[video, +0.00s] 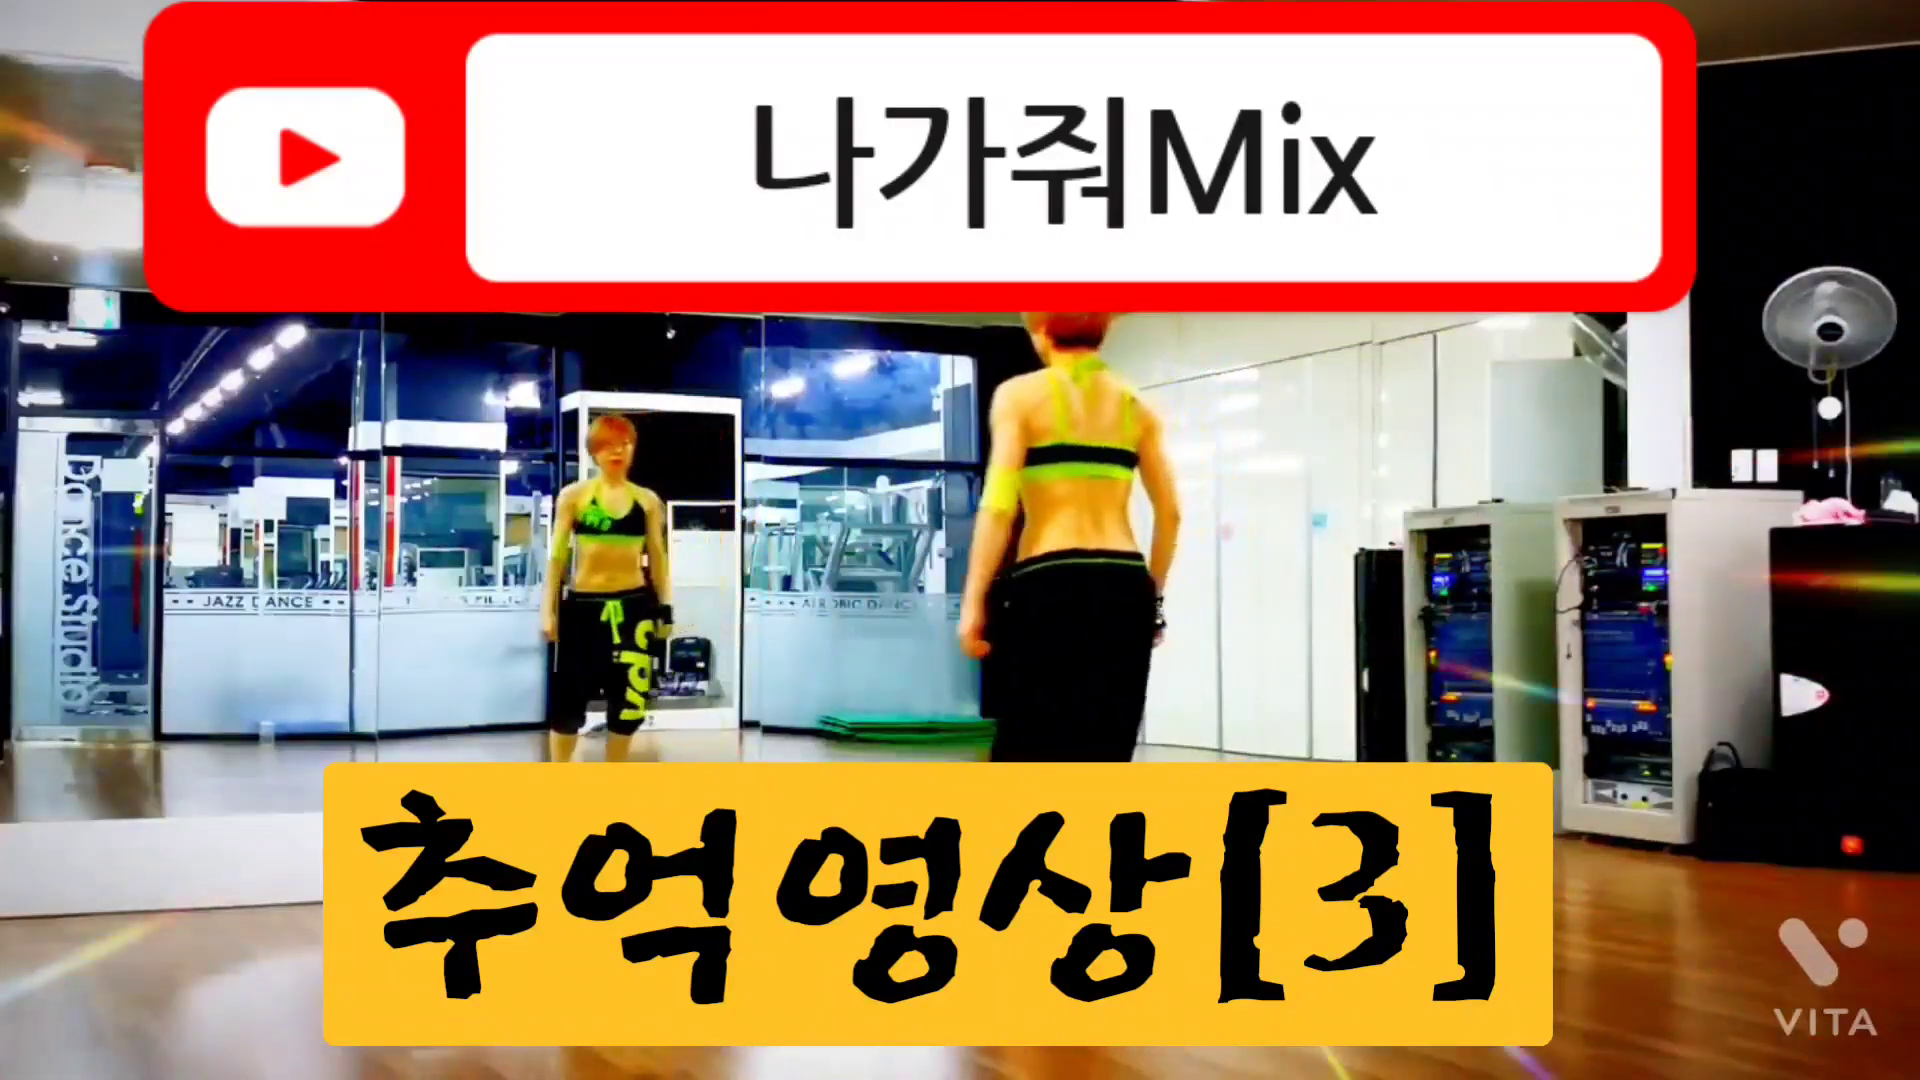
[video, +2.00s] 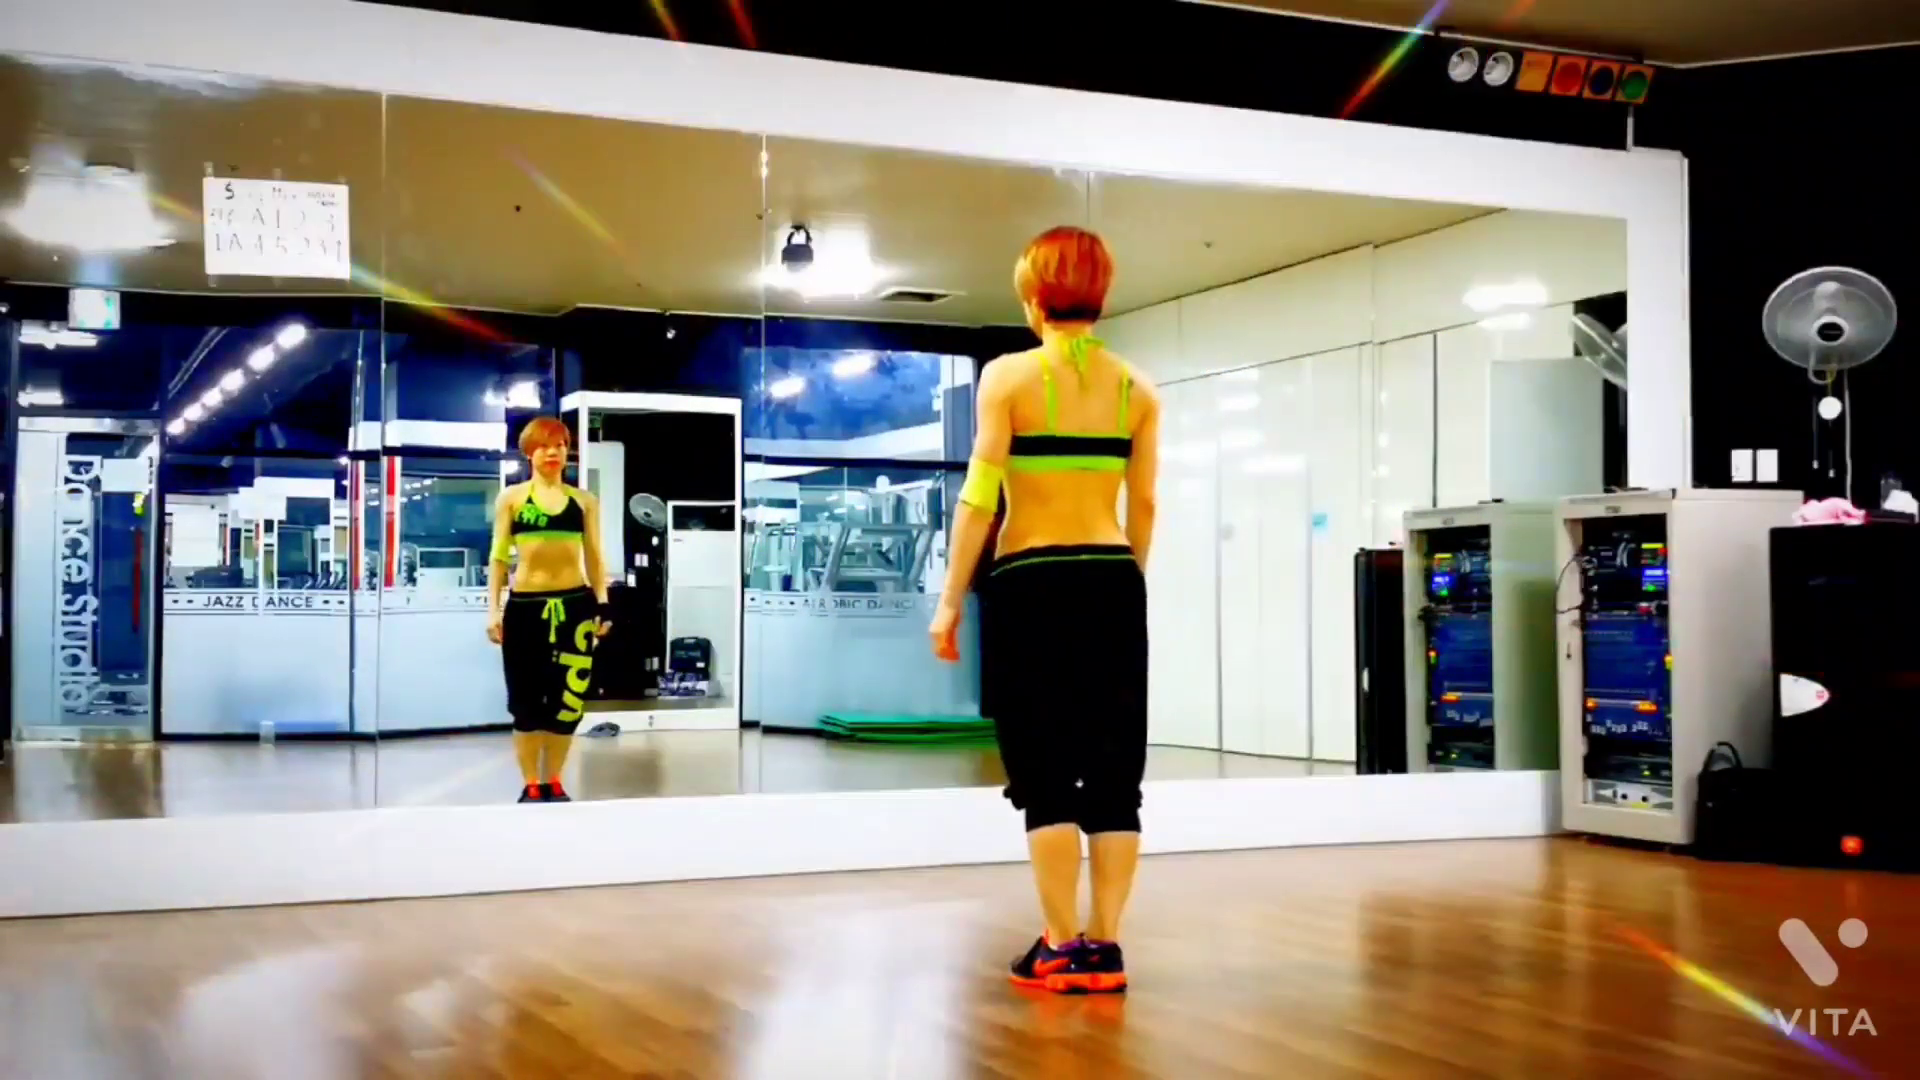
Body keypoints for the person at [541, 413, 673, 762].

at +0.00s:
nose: (617, 452)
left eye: (623, 444)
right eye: (608, 446)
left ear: (633, 450)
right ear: (594, 453)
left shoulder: (647, 501)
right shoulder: (573, 496)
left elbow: (657, 558)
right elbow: (558, 556)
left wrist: (664, 607)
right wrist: (549, 610)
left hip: (633, 606)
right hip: (582, 606)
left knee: (627, 706)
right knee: (567, 705)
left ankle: (613, 780)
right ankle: (559, 778)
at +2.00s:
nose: (552, 454)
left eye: (559, 447)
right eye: (544, 447)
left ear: (566, 451)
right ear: (530, 453)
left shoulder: (585, 501)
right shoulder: (511, 498)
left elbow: (595, 559)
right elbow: (499, 559)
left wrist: (603, 605)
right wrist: (495, 609)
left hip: (575, 606)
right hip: (525, 608)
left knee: (568, 701)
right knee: (527, 702)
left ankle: (553, 780)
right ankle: (531, 783)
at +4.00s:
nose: (560, 462)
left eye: (566, 455)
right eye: (551, 455)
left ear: (573, 457)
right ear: (535, 459)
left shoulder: (587, 501)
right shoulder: (519, 500)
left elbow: (607, 548)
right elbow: (523, 556)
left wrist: (595, 582)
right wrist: (535, 606)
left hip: (580, 606)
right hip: (537, 604)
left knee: (571, 699)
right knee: (533, 699)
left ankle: (552, 783)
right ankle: (531, 785)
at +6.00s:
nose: (544, 479)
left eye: (550, 473)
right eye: (535, 473)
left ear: (559, 480)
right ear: (521, 484)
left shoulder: (573, 522)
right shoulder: (509, 522)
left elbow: (579, 532)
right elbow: (533, 537)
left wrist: (567, 495)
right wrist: (561, 490)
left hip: (569, 627)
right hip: (524, 629)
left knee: (569, 723)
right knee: (532, 719)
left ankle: (550, 781)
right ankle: (532, 786)